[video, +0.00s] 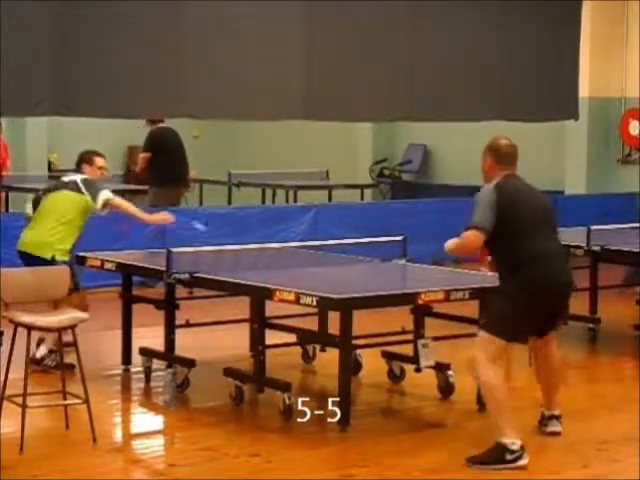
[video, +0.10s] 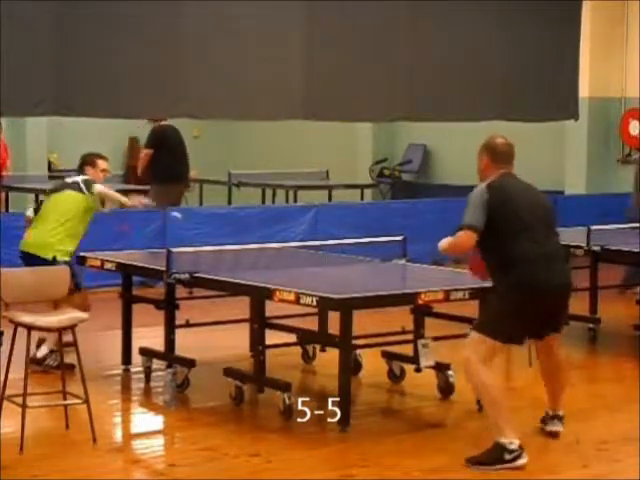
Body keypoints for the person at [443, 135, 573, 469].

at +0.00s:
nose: (482, 167)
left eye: (483, 162)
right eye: (483, 162)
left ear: (489, 162)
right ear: (514, 163)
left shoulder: (492, 191)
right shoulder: (535, 193)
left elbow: (473, 242)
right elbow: (538, 243)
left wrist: (453, 246)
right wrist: (494, 258)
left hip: (522, 283)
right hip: (558, 280)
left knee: (486, 358)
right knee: (544, 341)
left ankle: (509, 443)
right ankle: (551, 414)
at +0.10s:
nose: (478, 167)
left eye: (478, 162)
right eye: (479, 161)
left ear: (485, 161)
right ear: (511, 162)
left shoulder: (485, 191)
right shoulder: (534, 193)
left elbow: (466, 242)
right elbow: (543, 239)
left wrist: (447, 246)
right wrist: (492, 253)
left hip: (517, 285)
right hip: (557, 282)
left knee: (475, 359)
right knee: (549, 344)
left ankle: (508, 443)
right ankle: (555, 415)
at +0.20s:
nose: (473, 169)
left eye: (474, 164)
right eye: (474, 164)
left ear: (481, 163)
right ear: (507, 163)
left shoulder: (482, 192)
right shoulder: (534, 193)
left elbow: (466, 244)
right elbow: (542, 237)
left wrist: (444, 247)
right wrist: (494, 250)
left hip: (518, 282)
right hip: (559, 280)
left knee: (461, 349)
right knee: (552, 345)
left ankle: (489, 436)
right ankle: (566, 428)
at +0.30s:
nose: (470, 177)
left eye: (471, 172)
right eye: (471, 172)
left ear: (478, 172)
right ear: (504, 171)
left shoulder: (481, 201)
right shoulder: (528, 199)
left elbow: (463, 252)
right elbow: (547, 246)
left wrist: (443, 254)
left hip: (518, 289)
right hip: (558, 288)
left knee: (467, 361)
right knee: (555, 353)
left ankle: (464, 449)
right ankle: (571, 432)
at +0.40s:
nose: (467, 194)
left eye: (468, 189)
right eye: (468, 189)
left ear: (476, 189)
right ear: (502, 188)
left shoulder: (476, 220)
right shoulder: (527, 218)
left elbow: (461, 273)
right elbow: (560, 276)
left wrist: (439, 271)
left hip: (512, 305)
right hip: (554, 301)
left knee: (459, 375)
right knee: (550, 358)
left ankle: (462, 461)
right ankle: (571, 434)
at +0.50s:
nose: (466, 197)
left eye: (467, 191)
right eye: (467, 191)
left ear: (474, 191)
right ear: (500, 190)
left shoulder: (477, 223)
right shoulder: (526, 222)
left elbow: (469, 277)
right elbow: (557, 279)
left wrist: (442, 276)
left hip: (511, 311)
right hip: (552, 307)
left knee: (449, 377)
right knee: (548, 358)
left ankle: (459, 460)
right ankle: (571, 434)